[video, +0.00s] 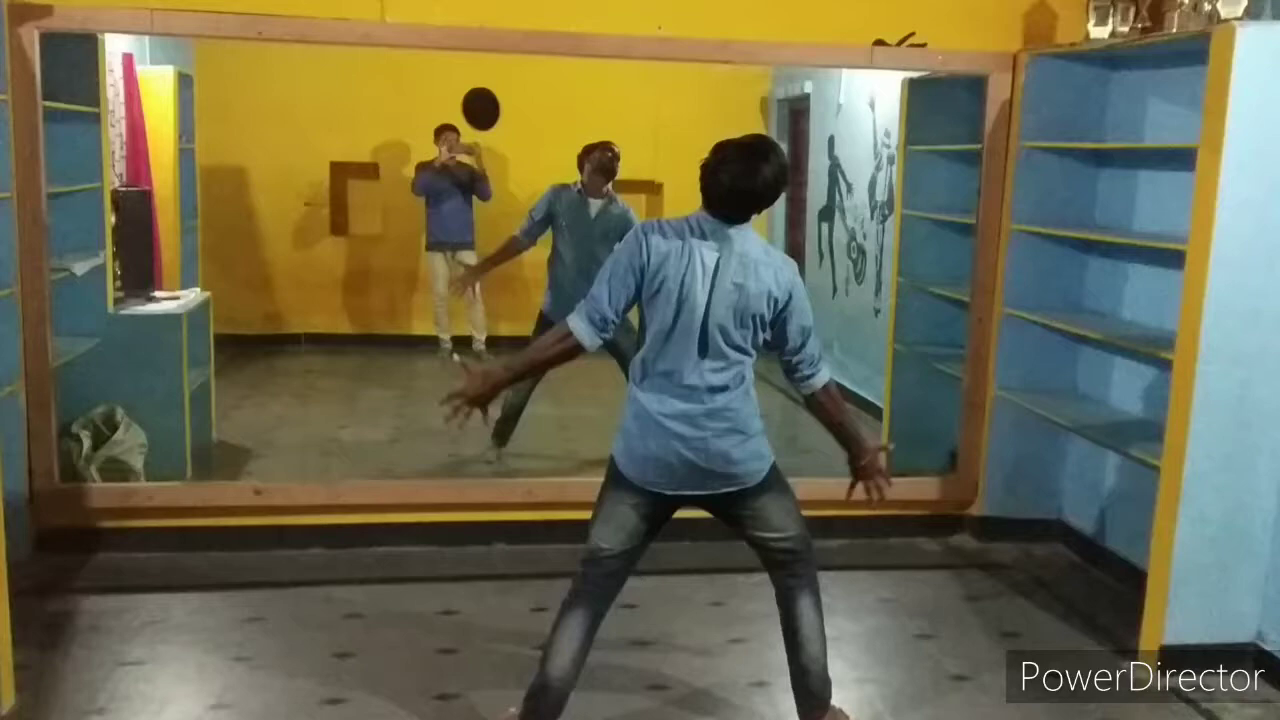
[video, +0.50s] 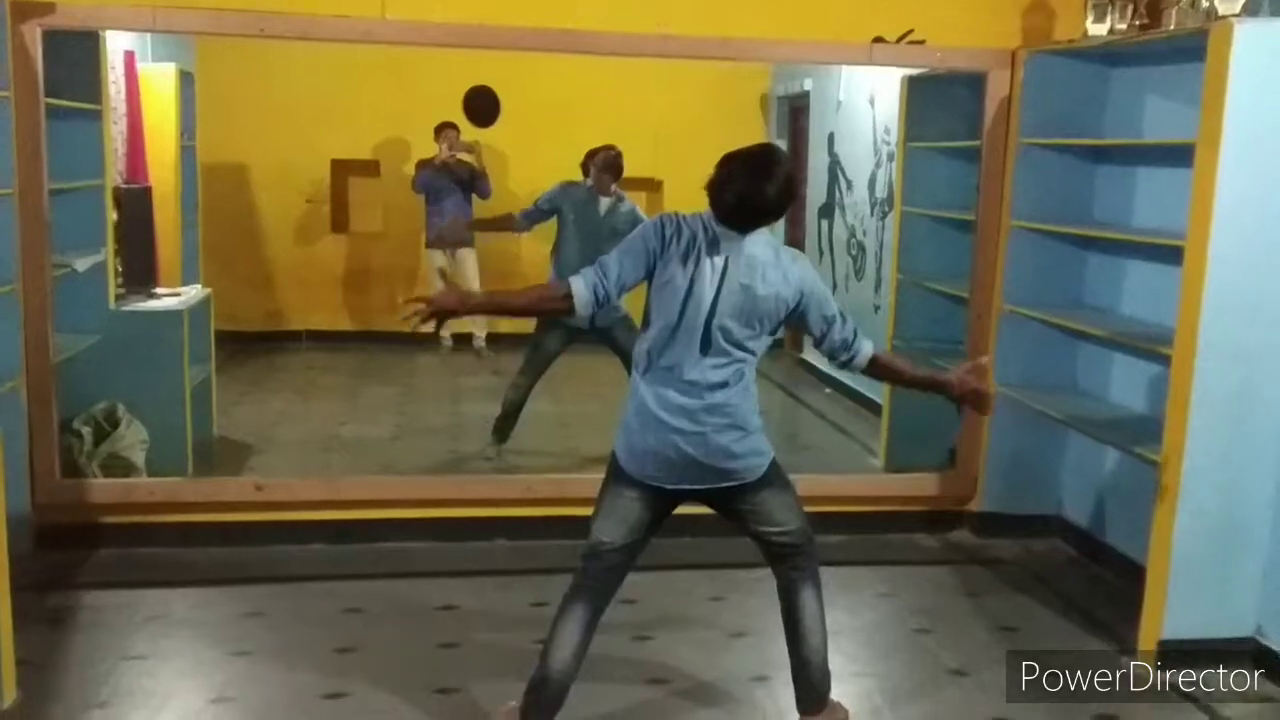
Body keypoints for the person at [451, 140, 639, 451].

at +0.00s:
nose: (613, 158)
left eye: (616, 155)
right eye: (606, 152)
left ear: (617, 169)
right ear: (585, 163)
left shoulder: (623, 216)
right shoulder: (559, 198)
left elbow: (640, 265)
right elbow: (523, 239)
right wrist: (477, 271)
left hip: (607, 310)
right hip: (560, 307)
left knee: (644, 376)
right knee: (526, 376)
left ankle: (664, 447)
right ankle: (496, 445)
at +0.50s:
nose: (608, 174)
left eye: (614, 169)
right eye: (603, 167)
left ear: (619, 174)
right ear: (589, 169)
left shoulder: (630, 214)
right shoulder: (567, 195)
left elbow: (660, 253)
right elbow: (521, 221)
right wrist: (467, 226)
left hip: (610, 311)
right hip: (562, 310)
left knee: (648, 370)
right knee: (528, 375)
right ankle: (497, 440)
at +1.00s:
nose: (614, 136)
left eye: (617, 133)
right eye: (607, 131)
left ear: (621, 147)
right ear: (589, 142)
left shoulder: (631, 190)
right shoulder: (564, 171)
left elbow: (653, 242)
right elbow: (513, 186)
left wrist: (647, 294)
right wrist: (464, 173)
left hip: (606, 289)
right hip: (559, 288)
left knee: (650, 351)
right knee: (522, 359)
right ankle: (495, 420)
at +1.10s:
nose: (612, 131)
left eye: (616, 128)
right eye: (605, 126)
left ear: (620, 142)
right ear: (587, 137)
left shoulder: (628, 185)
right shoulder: (562, 165)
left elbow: (651, 236)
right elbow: (511, 180)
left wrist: (645, 292)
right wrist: (463, 163)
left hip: (604, 286)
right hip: (557, 284)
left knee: (649, 348)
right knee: (521, 354)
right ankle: (492, 419)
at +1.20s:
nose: (615, 135)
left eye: (617, 131)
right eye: (607, 130)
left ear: (619, 141)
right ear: (587, 138)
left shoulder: (627, 186)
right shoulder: (562, 167)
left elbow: (654, 232)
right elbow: (511, 179)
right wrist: (473, 163)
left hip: (605, 287)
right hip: (558, 286)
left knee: (649, 347)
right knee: (522, 354)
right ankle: (494, 416)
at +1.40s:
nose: (612, 133)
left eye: (617, 129)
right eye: (605, 127)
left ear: (620, 139)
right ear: (587, 133)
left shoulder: (628, 185)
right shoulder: (562, 166)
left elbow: (652, 236)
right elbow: (511, 176)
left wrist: (645, 292)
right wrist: (474, 155)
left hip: (606, 286)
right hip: (559, 284)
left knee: (649, 347)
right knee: (523, 353)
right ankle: (494, 415)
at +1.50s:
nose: (612, 132)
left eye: (617, 128)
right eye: (604, 126)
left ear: (620, 136)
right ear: (586, 133)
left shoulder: (630, 185)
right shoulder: (562, 166)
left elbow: (648, 240)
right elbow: (513, 174)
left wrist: (646, 290)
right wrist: (471, 151)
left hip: (605, 285)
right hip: (559, 284)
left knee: (648, 348)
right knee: (522, 353)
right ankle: (493, 416)